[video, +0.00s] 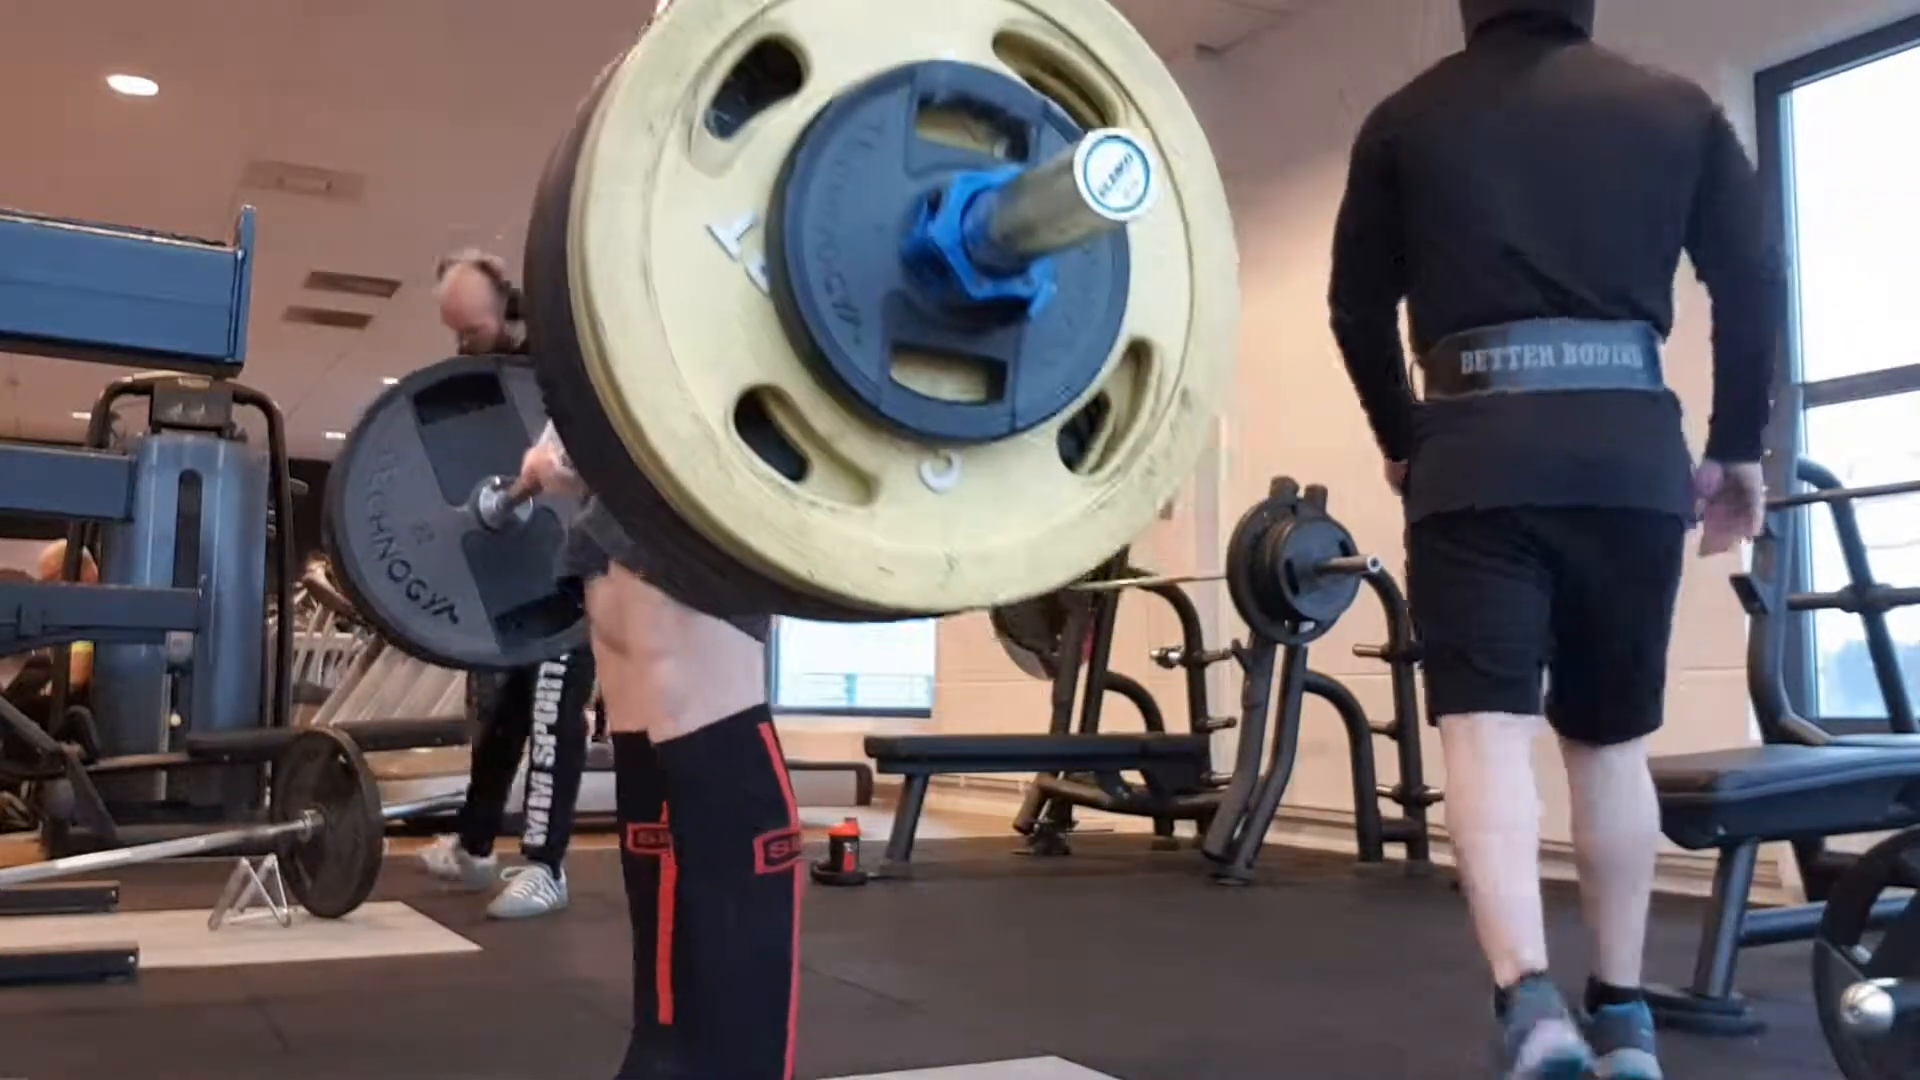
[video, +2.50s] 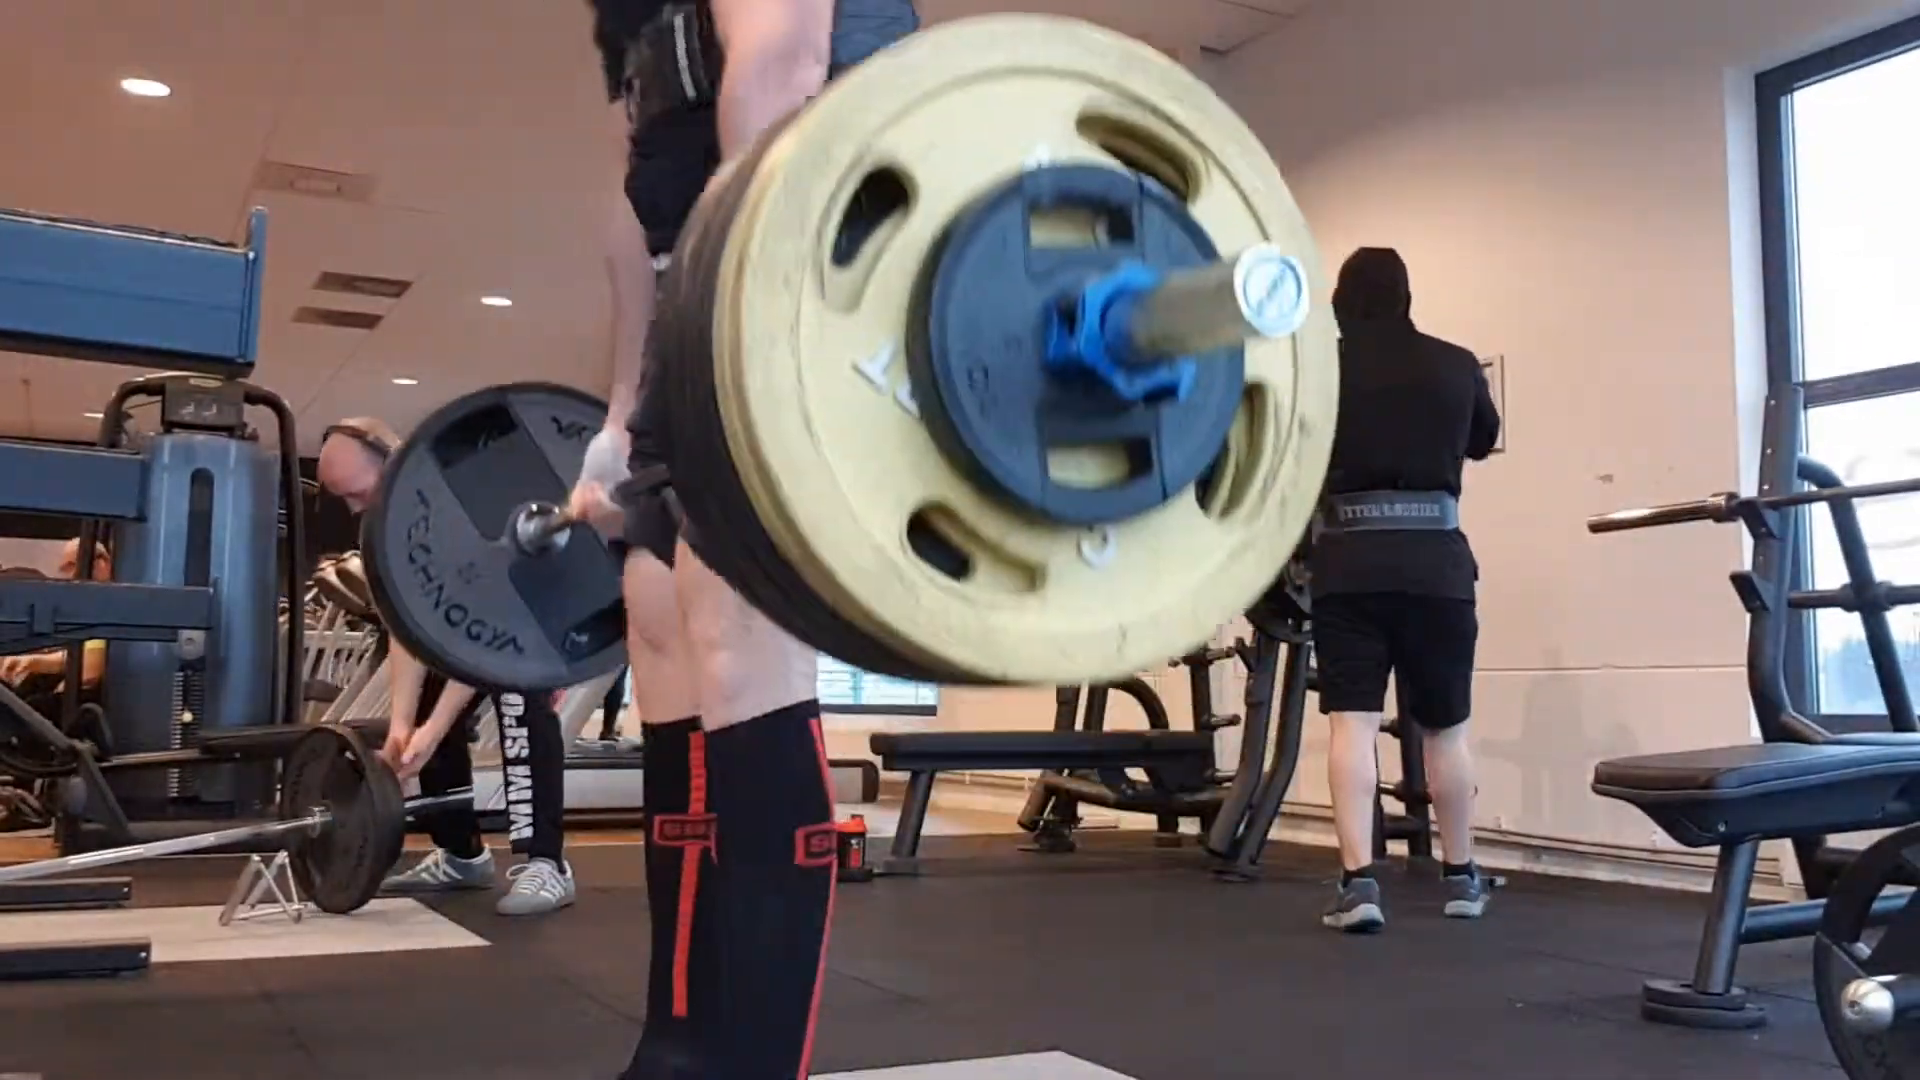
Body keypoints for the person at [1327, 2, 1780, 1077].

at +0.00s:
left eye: (1459, 23)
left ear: (1470, 18)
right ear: (1586, 15)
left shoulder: (1405, 117)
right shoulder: (1675, 104)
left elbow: (1358, 307)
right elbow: (1751, 272)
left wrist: (1405, 438)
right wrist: (1739, 447)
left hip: (1475, 456)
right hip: (1632, 454)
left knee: (1487, 731)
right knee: (1612, 737)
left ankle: (1528, 1006)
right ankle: (1621, 1012)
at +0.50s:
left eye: (1435, 82)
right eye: (1504, 83)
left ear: (1425, 90)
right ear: (1523, 96)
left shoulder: (1375, 195)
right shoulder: (1592, 202)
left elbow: (1320, 335)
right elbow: (1631, 353)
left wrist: (1295, 484)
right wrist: (1547, 433)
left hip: (1431, 498)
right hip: (1565, 495)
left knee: (1393, 732)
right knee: (1576, 728)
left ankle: (1365, 957)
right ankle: (1612, 984)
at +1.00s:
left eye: (1355, 143)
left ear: (1343, 154)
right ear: (1430, 151)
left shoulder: (1299, 254)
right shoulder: (1493, 246)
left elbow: (1247, 381)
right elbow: (1524, 360)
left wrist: (1248, 498)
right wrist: (1445, 338)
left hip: (1357, 509)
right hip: (1471, 509)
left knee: (1358, 724)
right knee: (1469, 721)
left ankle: (1367, 950)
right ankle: (1480, 930)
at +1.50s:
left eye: (1423, 196)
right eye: (1464, 204)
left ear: (1402, 208)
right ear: (1479, 216)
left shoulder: (1348, 288)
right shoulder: (1516, 303)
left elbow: (1295, 404)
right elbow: (1502, 400)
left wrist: (1282, 511)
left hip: (1373, 530)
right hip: (1474, 531)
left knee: (1331, 698)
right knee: (1458, 724)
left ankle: (1362, 857)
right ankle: (1455, 917)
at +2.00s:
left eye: (1343, 257)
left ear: (1339, 266)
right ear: (1413, 264)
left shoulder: (1305, 343)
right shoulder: (1460, 334)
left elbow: (1265, 448)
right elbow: (1480, 410)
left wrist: (1256, 543)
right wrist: (1418, 389)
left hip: (1349, 554)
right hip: (1442, 548)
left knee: (1351, 724)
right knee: (1448, 714)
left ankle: (1359, 894)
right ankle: (1447, 849)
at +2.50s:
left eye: (1339, 292)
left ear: (1340, 300)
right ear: (1406, 297)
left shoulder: (1320, 361)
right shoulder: (1454, 362)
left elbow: (1296, 447)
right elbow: (1483, 442)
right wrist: (1427, 408)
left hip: (1348, 567)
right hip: (1436, 568)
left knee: (1351, 725)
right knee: (1446, 730)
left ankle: (1359, 886)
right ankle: (1461, 879)